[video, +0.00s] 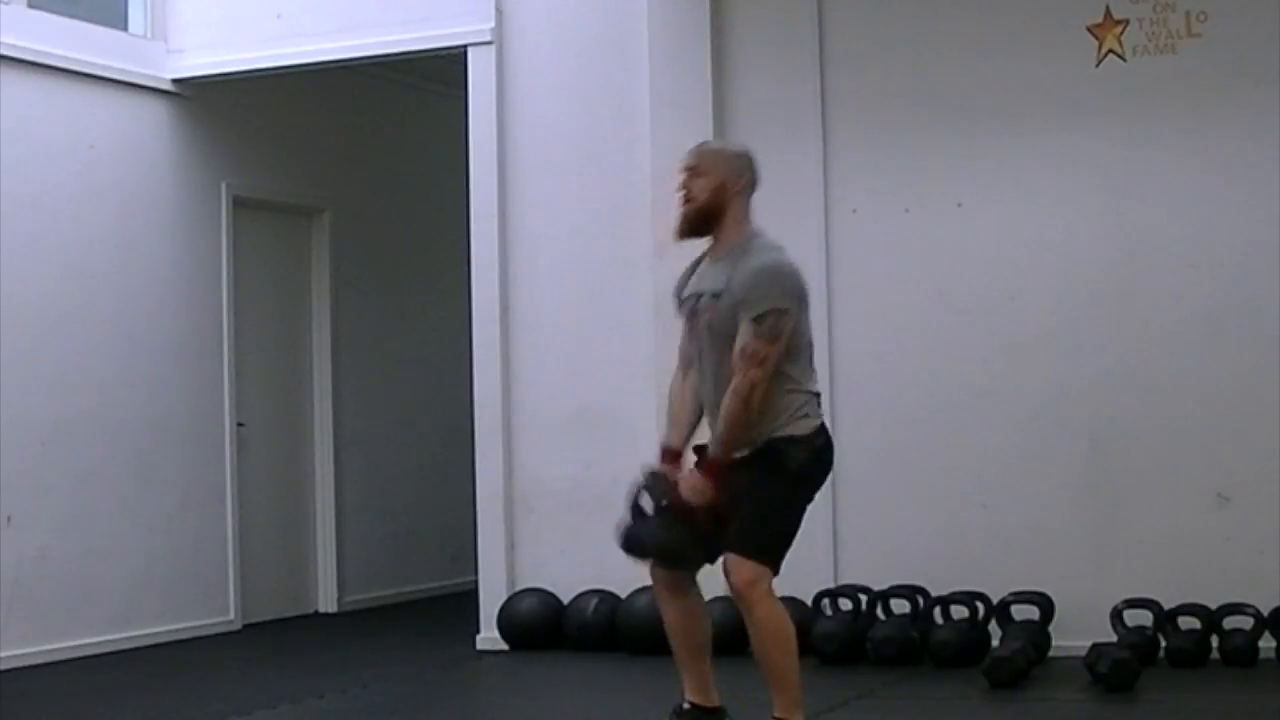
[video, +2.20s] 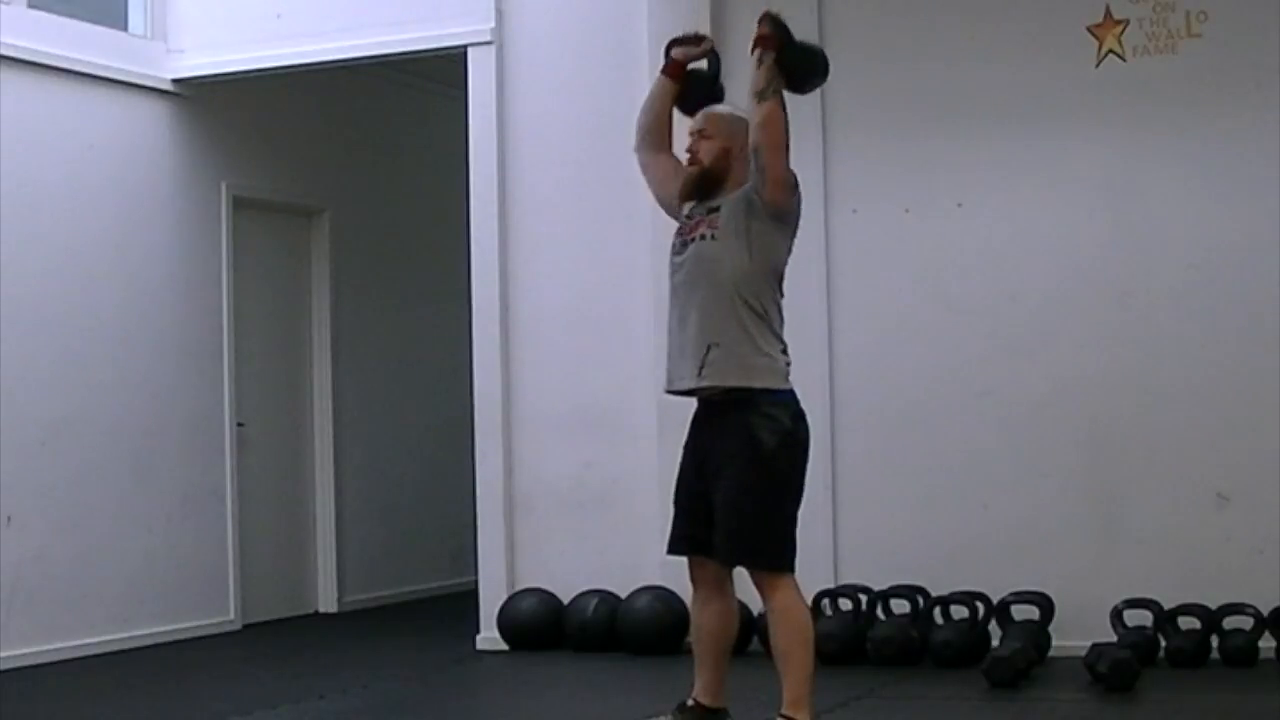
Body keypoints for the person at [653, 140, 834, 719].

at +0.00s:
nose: (682, 186)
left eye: (694, 176)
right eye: (684, 177)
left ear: (733, 186)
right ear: (718, 189)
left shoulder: (768, 269)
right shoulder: (697, 276)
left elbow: (751, 381)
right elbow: (688, 371)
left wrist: (712, 464)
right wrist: (672, 452)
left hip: (788, 446)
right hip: (729, 449)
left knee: (747, 572)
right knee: (669, 568)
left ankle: (789, 712)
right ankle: (701, 704)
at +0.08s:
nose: (710, 169)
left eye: (722, 158)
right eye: (711, 159)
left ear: (761, 167)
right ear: (746, 171)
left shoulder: (789, 245)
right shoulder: (718, 253)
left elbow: (765, 350)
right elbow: (700, 341)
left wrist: (695, 408)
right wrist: (662, 401)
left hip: (785, 435)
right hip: (730, 437)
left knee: (755, 569)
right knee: (687, 562)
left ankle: (791, 712)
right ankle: (703, 705)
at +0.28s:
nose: (723, 154)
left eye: (738, 144)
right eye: (724, 145)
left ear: (776, 159)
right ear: (735, 160)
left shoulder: (796, 227)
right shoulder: (725, 237)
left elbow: (787, 322)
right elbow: (703, 330)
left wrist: (697, 292)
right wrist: (644, 308)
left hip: (771, 425)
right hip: (715, 425)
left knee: (766, 569)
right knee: (695, 564)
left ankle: (793, 711)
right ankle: (704, 704)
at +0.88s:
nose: (719, 180)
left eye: (734, 171)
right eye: (721, 171)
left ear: (772, 187)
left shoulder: (779, 263)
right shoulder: (698, 258)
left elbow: (709, 322)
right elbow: (642, 329)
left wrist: (720, 238)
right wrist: (659, 255)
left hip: (738, 446)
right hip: (682, 445)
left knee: (709, 592)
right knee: (638, 581)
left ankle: (783, 714)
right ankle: (699, 706)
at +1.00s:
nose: (736, 127)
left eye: (754, 125)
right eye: (740, 122)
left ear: (778, 160)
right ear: (730, 149)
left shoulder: (782, 222)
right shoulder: (700, 217)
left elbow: (706, 239)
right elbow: (623, 242)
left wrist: (708, 169)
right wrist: (649, 179)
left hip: (736, 407)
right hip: (680, 405)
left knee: (732, 560)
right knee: (666, 558)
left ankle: (783, 708)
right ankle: (695, 698)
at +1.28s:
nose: (659, 178)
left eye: (671, 167)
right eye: (660, 168)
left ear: (710, 175)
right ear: (678, 181)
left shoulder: (740, 230)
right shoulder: (677, 236)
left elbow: (748, 145)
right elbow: (665, 147)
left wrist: (738, 67)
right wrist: (677, 72)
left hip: (760, 441)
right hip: (706, 443)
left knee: (728, 585)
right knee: (652, 573)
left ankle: (788, 713)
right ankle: (702, 706)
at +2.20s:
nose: (690, 146)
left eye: (704, 136)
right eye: (691, 137)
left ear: (740, 148)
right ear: (694, 149)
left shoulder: (766, 206)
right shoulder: (692, 209)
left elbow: (769, 133)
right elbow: (650, 145)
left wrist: (765, 65)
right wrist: (668, 76)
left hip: (765, 413)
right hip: (713, 413)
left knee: (771, 573)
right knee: (706, 567)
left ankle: (797, 711)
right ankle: (707, 703)